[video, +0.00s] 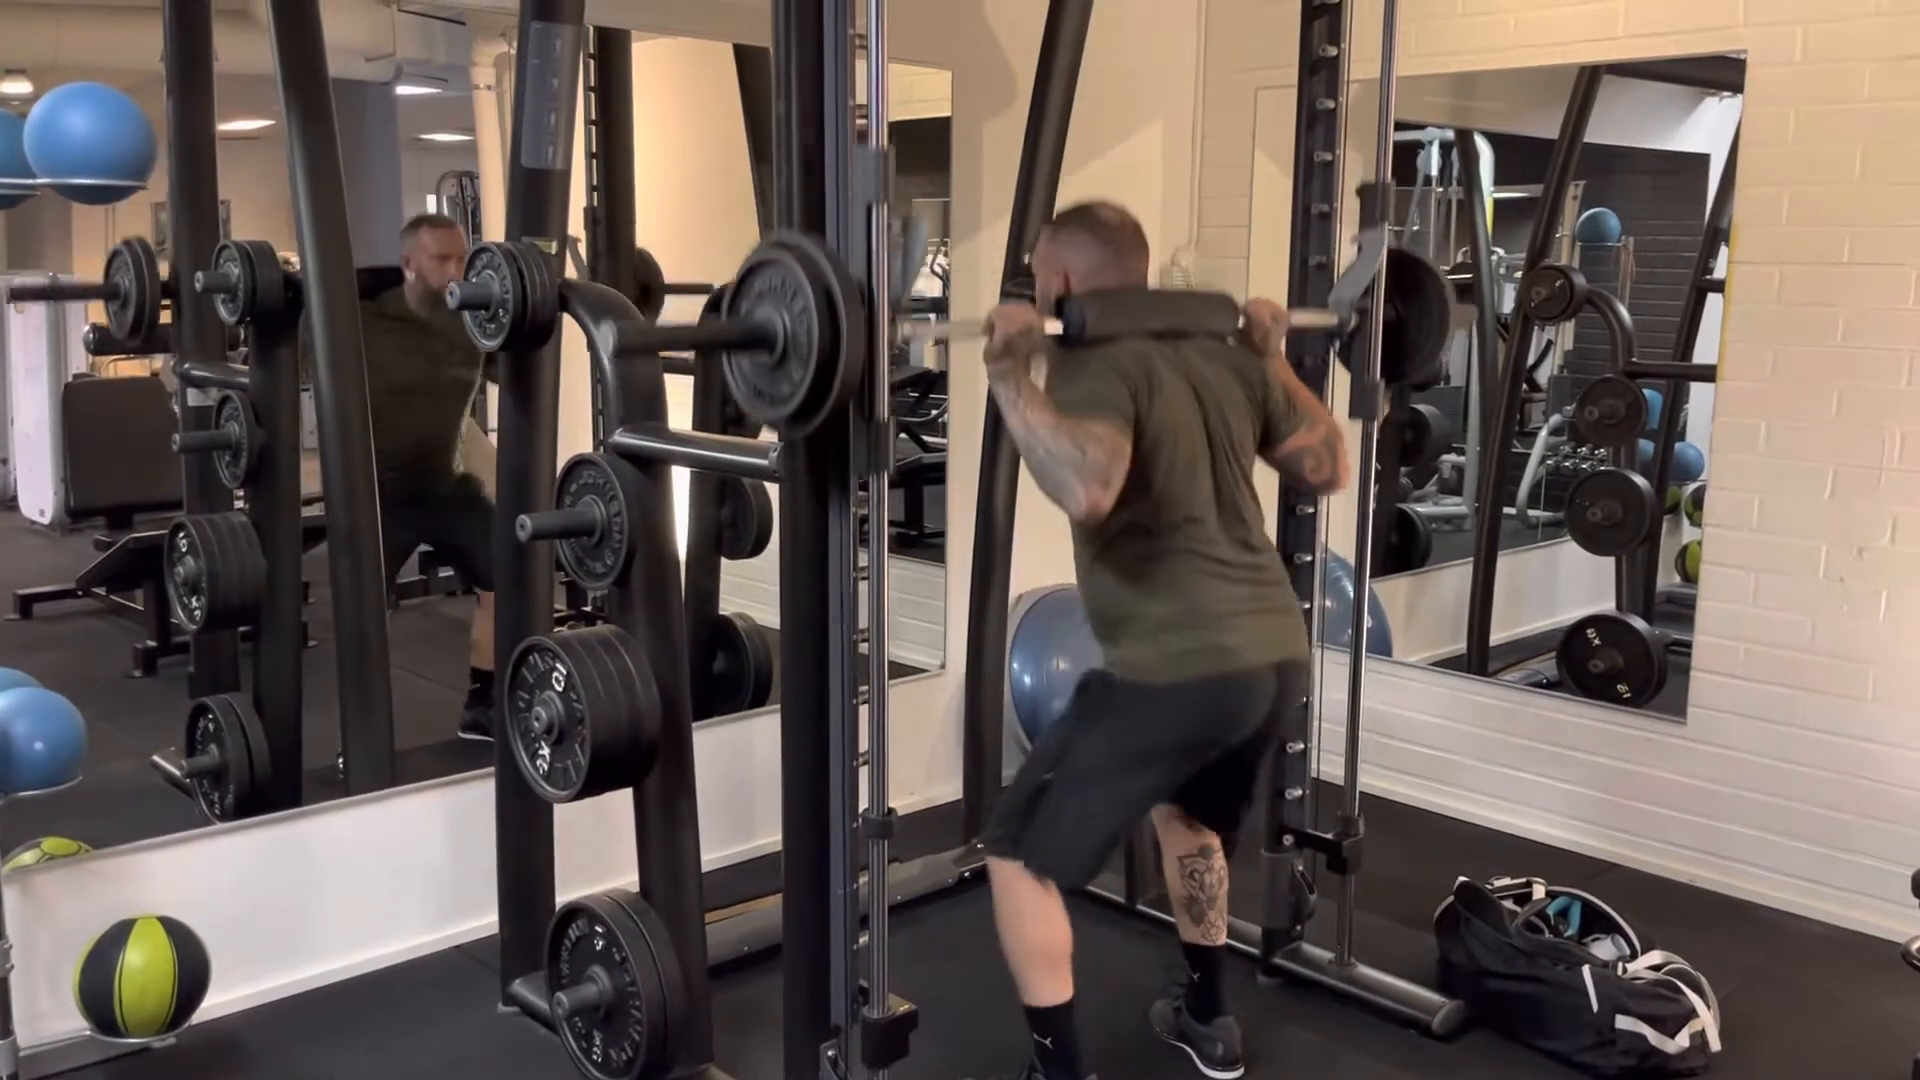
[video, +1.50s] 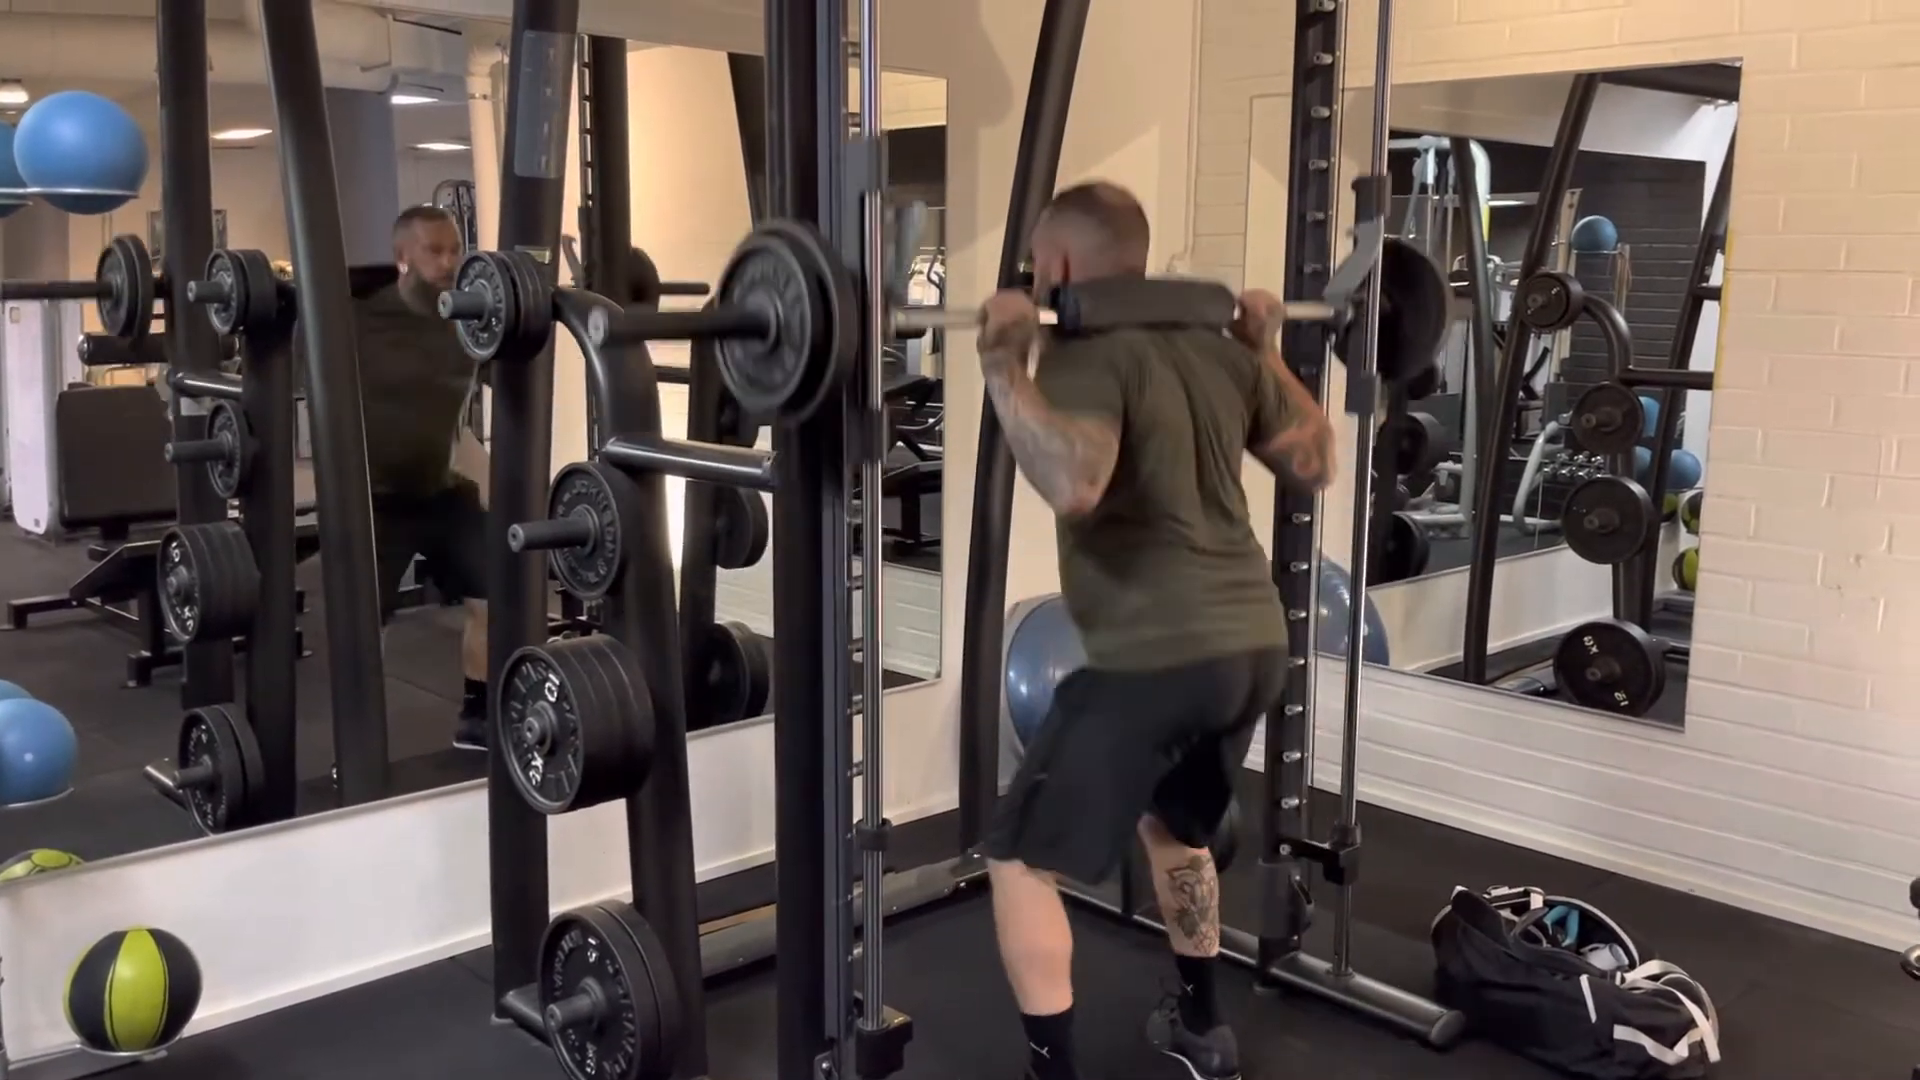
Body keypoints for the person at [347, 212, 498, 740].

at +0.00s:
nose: (456, 270)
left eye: (462, 259)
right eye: (442, 260)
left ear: (469, 261)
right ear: (410, 265)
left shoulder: (471, 326)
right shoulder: (365, 322)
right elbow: (297, 362)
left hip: (445, 488)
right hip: (377, 491)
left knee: (505, 563)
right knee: (357, 604)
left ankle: (484, 700)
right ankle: (360, 725)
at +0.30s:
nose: (458, 383)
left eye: (465, 369)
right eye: (444, 369)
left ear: (473, 369)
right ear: (410, 372)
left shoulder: (478, 420)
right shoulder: (368, 417)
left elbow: (513, 465)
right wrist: (292, 424)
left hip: (439, 555)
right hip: (370, 559)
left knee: (515, 589)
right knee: (362, 637)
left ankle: (483, 707)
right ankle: (359, 742)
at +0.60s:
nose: (458, 454)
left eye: (465, 440)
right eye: (444, 441)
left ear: (474, 438)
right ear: (411, 441)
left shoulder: (479, 486)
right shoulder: (365, 496)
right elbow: (289, 546)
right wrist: (293, 499)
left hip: (443, 604)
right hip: (378, 611)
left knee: (516, 595)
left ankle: (482, 707)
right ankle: (358, 741)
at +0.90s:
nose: (456, 444)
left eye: (464, 430)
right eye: (442, 432)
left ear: (472, 428)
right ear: (410, 433)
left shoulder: (477, 480)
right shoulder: (365, 488)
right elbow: (286, 544)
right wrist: (291, 489)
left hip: (436, 601)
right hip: (370, 607)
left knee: (513, 593)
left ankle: (481, 708)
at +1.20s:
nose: (452, 366)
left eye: (458, 352)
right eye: (437, 352)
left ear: (467, 354)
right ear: (405, 356)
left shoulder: (471, 409)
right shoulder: (362, 412)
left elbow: (515, 453)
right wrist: (286, 410)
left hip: (433, 544)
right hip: (367, 548)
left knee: (507, 594)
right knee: (357, 633)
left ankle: (478, 712)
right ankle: (354, 744)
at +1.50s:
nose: (448, 262)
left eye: (453, 250)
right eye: (435, 251)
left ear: (460, 252)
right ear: (402, 256)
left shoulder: (465, 318)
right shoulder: (363, 319)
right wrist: (274, 298)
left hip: (442, 490)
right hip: (374, 494)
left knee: (494, 584)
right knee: (361, 621)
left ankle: (478, 714)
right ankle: (354, 734)